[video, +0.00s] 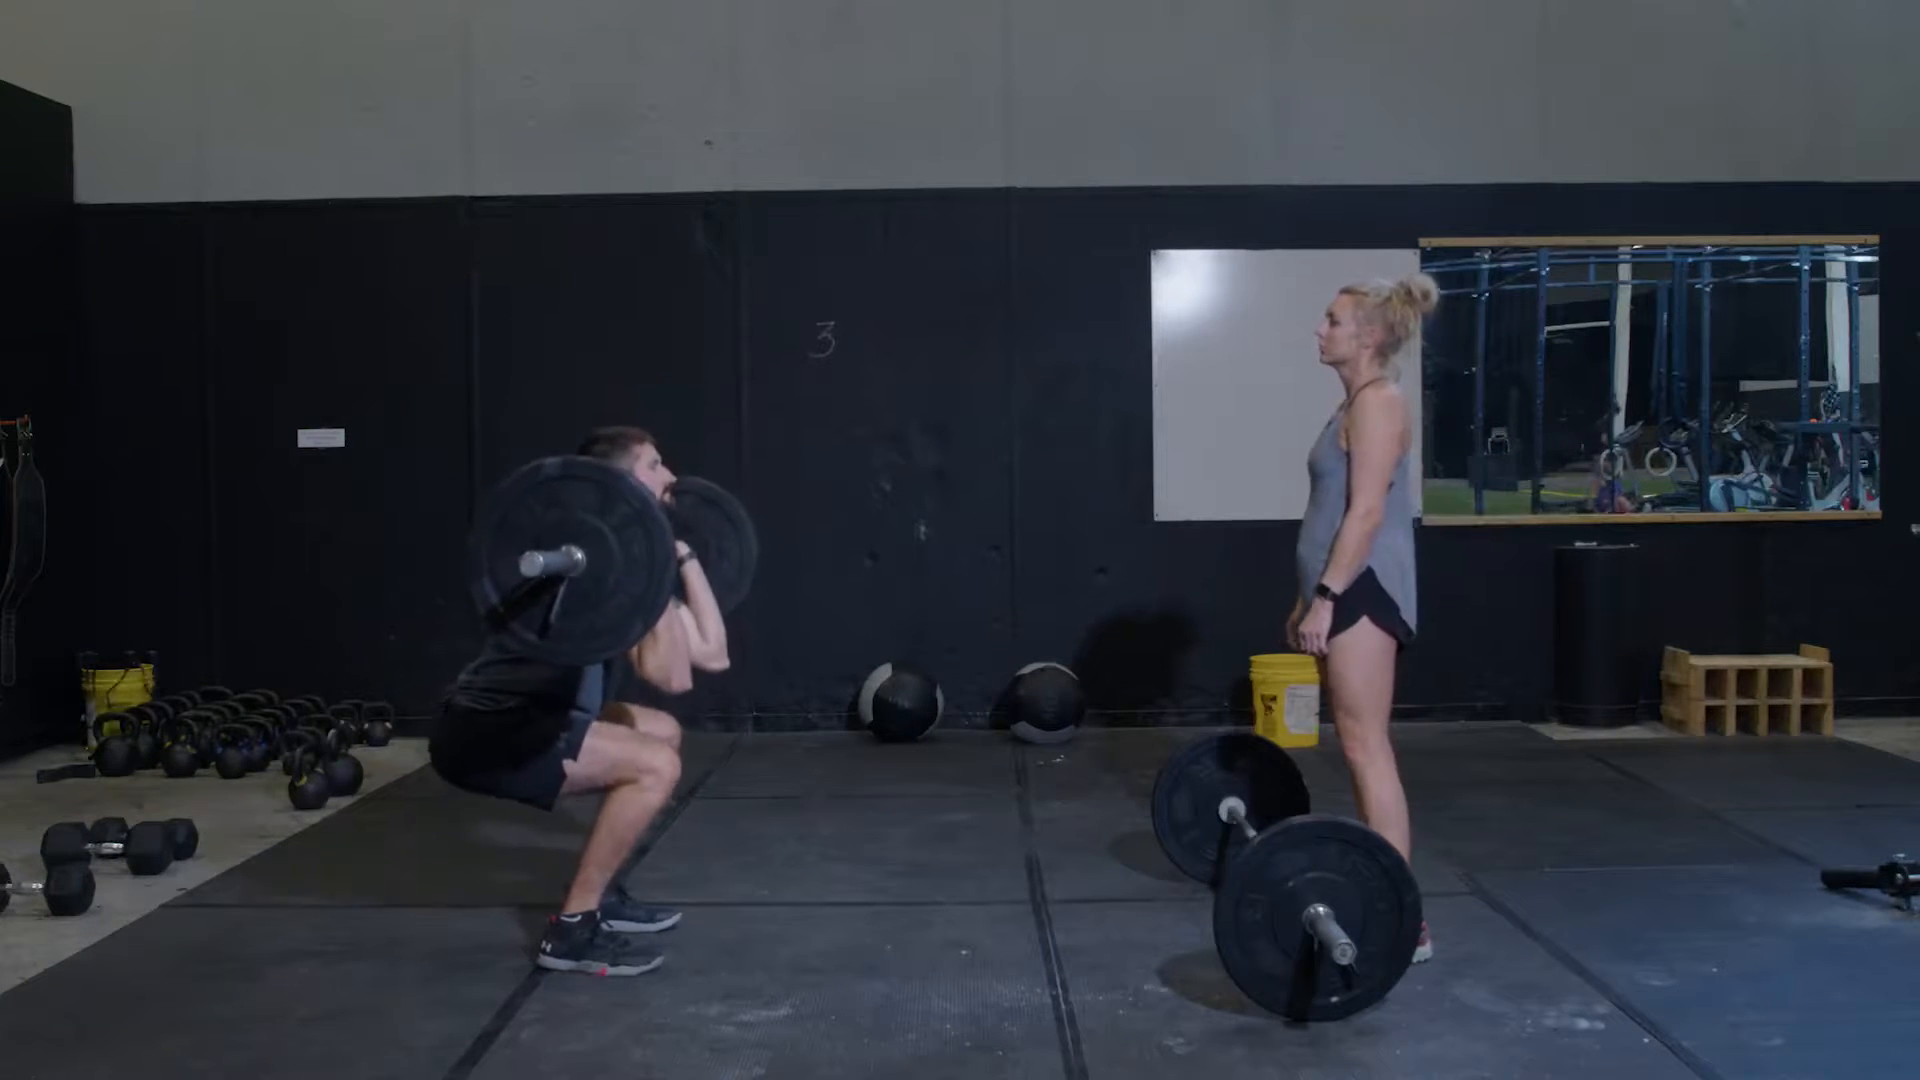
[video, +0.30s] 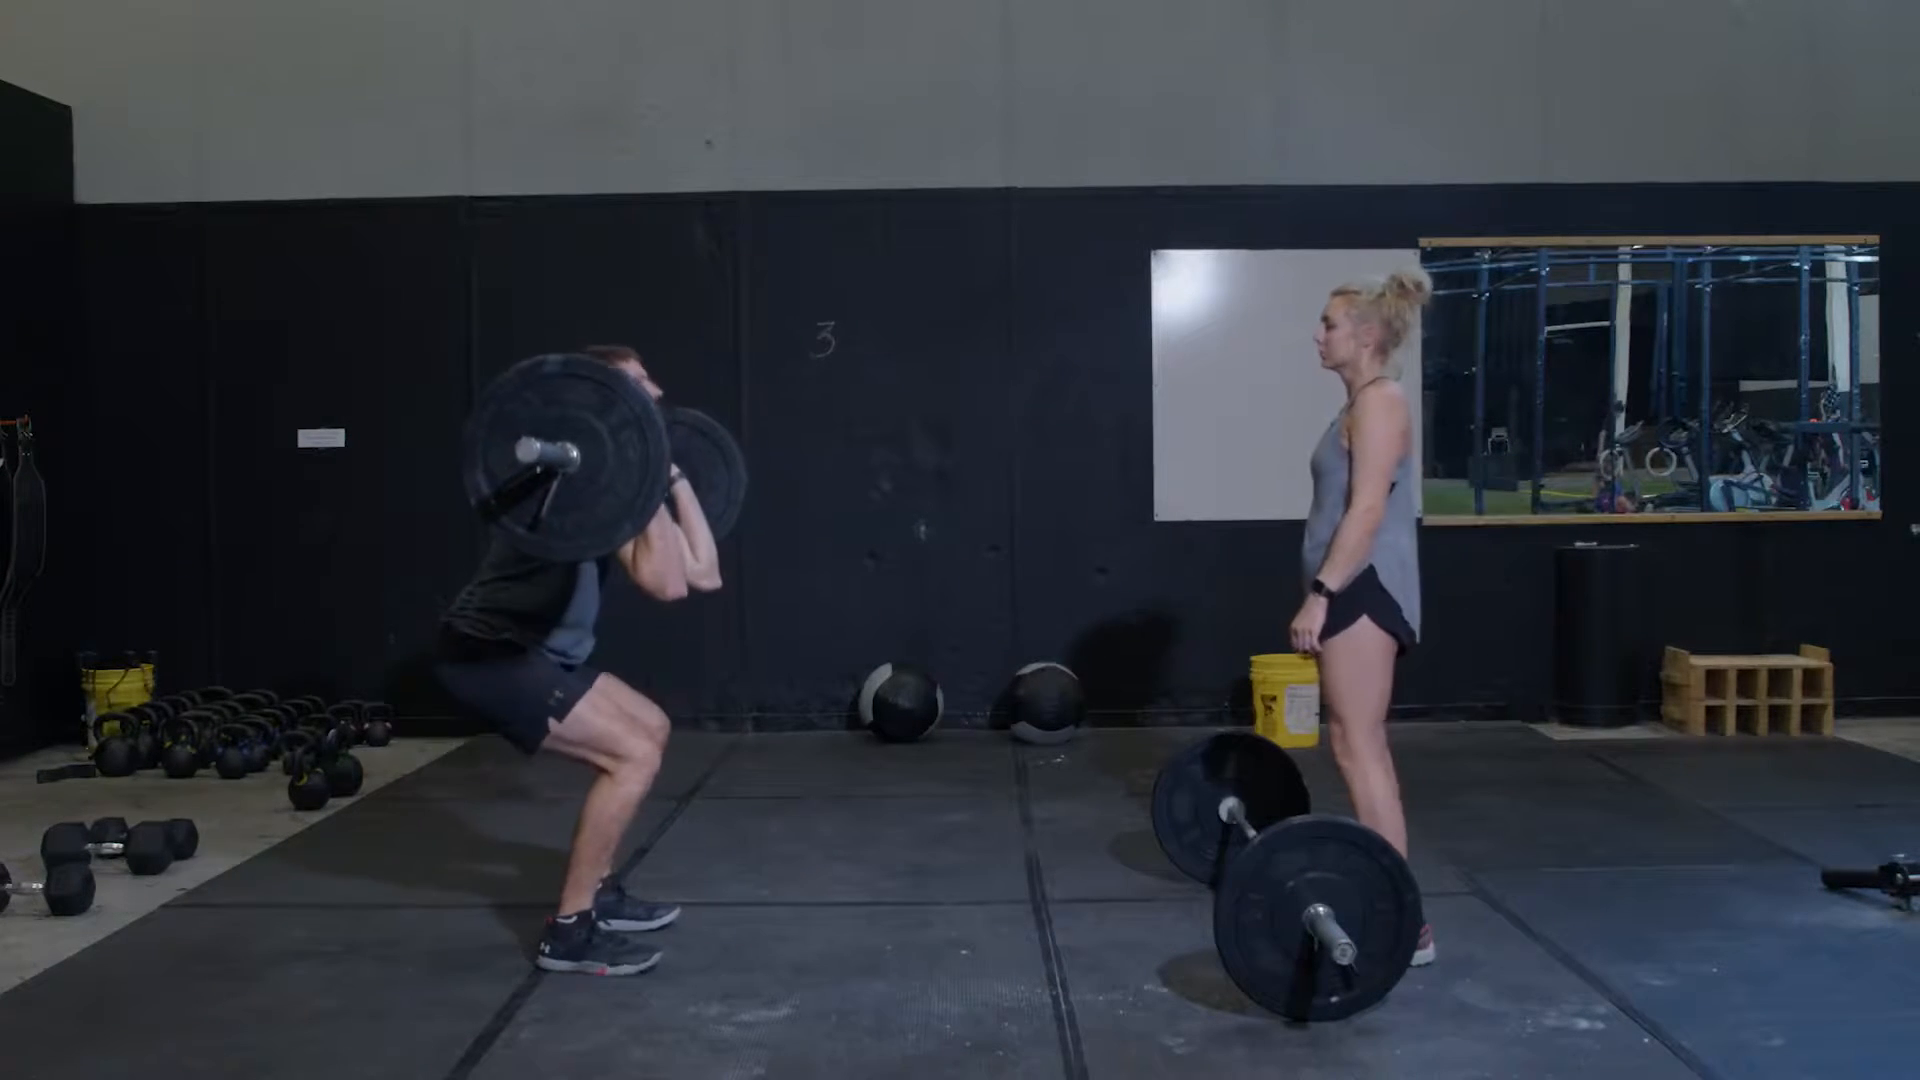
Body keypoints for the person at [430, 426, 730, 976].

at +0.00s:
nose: (669, 475)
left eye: (662, 463)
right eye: (653, 466)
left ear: (624, 486)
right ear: (619, 484)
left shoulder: (635, 549)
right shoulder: (608, 554)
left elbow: (716, 656)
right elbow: (672, 677)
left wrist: (685, 558)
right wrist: (650, 561)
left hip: (523, 709)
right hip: (487, 731)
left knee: (663, 733)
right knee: (657, 767)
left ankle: (601, 896)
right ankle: (572, 928)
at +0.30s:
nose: (655, 391)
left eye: (650, 379)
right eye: (638, 382)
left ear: (640, 395)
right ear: (602, 398)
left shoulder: (626, 470)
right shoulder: (590, 470)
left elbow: (706, 574)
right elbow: (663, 581)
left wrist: (672, 471)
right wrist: (645, 481)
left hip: (533, 648)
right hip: (490, 654)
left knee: (652, 727)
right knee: (634, 756)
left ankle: (597, 893)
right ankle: (569, 928)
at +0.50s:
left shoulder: (609, 393)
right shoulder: (566, 392)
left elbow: (708, 475)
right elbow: (670, 476)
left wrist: (658, 381)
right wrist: (636, 388)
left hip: (560, 599)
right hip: (518, 597)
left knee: (647, 728)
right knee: (621, 746)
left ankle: (595, 893)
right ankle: (567, 925)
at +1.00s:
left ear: (616, 292)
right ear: (576, 289)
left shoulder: (612, 356)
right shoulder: (557, 357)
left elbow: (626, 431)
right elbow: (563, 456)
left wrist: (648, 373)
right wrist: (599, 368)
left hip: (619, 552)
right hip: (583, 554)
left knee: (600, 720)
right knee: (576, 727)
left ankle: (589, 889)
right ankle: (562, 921)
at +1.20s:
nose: (611, 266)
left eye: (612, 254)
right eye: (603, 252)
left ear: (574, 249)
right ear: (562, 246)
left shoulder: (574, 321)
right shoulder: (533, 307)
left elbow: (591, 412)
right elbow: (489, 374)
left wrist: (664, 440)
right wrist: (574, 425)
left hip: (611, 546)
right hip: (577, 549)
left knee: (610, 717)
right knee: (587, 725)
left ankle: (593, 891)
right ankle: (567, 922)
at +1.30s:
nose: (646, 272)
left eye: (648, 259)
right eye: (638, 257)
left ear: (612, 254)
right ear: (599, 250)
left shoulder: (604, 323)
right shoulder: (564, 313)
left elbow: (626, 438)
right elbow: (542, 412)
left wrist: (647, 523)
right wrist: (600, 510)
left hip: (613, 544)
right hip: (578, 548)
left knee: (610, 718)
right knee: (587, 724)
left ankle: (591, 891)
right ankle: (566, 920)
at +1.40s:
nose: (699, 295)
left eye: (702, 280)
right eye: (693, 277)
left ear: (660, 267)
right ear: (657, 264)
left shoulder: (638, 350)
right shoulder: (602, 343)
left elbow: (627, 471)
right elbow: (563, 463)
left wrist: (631, 566)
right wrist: (582, 580)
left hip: (598, 565)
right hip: (562, 567)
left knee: (603, 726)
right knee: (576, 733)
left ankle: (590, 892)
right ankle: (563, 924)